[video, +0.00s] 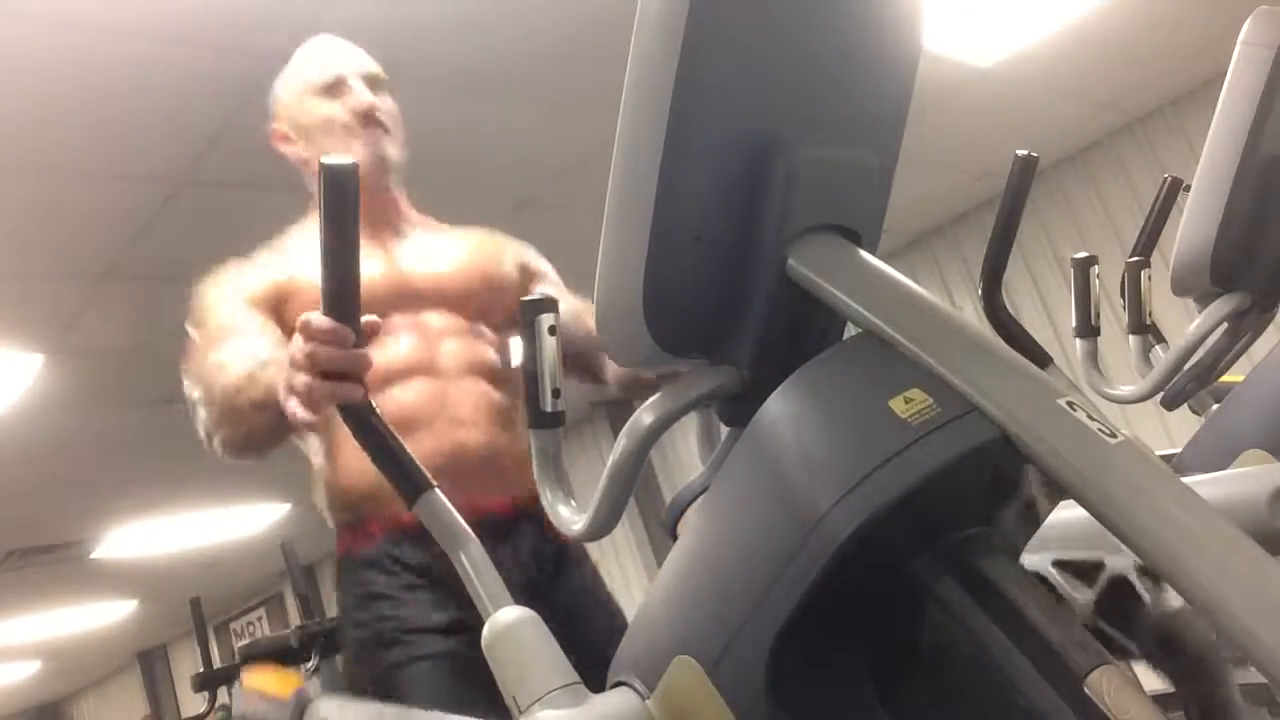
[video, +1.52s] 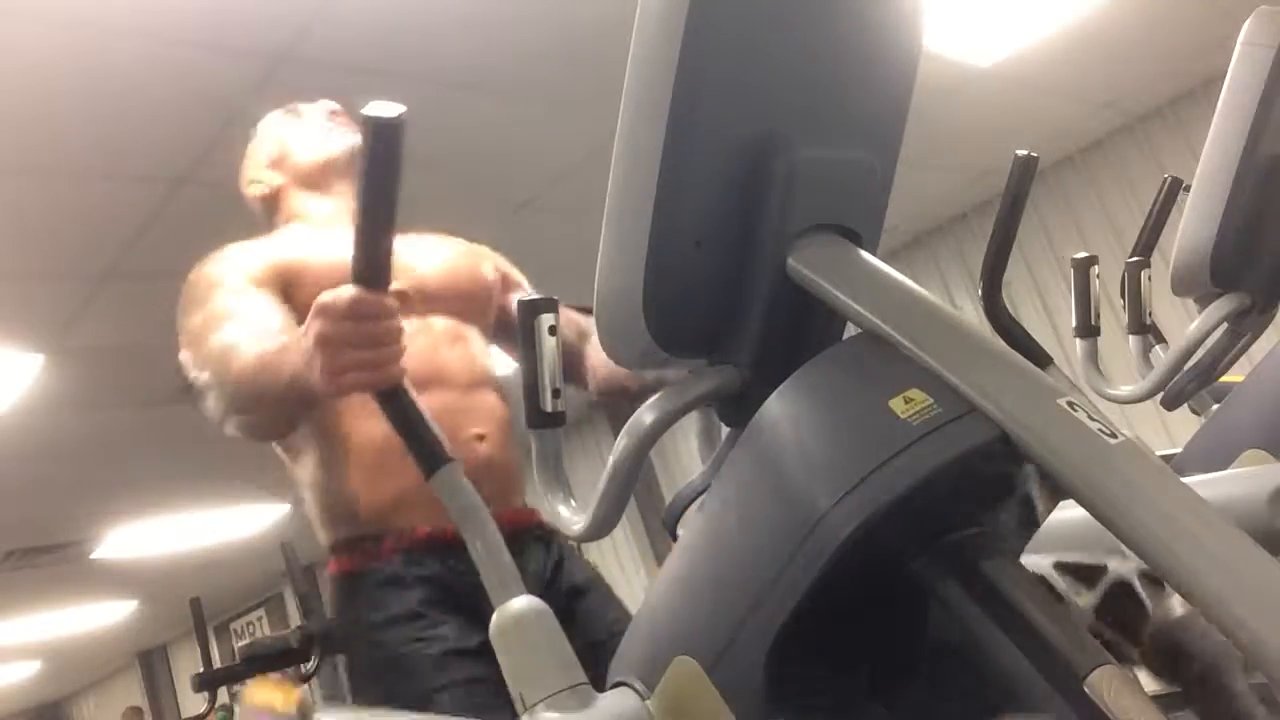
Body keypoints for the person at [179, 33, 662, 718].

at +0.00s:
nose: (365, 98)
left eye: (376, 84)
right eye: (332, 88)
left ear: (398, 115)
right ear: (287, 138)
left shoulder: (497, 254)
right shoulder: (253, 282)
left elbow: (609, 356)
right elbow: (228, 425)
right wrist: (287, 386)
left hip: (532, 544)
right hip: (397, 567)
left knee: (641, 701)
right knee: (447, 714)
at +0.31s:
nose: (308, 158)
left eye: (315, 152)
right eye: (269, 156)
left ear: (338, 193)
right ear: (230, 225)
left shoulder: (449, 320)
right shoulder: (200, 367)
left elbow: (594, 385)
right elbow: (185, 528)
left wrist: (720, 363)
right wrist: (289, 429)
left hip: (522, 637)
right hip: (375, 682)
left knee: (704, 688)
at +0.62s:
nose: (325, 128)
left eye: (334, 129)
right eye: (294, 131)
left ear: (359, 169)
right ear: (260, 196)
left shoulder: (462, 274)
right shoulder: (234, 288)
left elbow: (582, 365)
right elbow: (235, 396)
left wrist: (684, 364)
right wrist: (298, 353)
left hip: (527, 565)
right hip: (393, 600)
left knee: (645, 702)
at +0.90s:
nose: (310, 147)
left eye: (323, 145)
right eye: (284, 152)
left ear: (356, 177)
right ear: (255, 223)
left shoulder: (471, 289)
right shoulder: (238, 324)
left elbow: (592, 385)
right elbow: (227, 452)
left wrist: (708, 388)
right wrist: (301, 398)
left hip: (539, 590)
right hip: (403, 622)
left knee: (626, 711)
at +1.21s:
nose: (288, 170)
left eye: (298, 172)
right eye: (257, 175)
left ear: (324, 213)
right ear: (222, 251)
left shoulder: (445, 324)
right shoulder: (192, 374)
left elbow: (588, 382)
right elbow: (178, 552)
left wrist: (704, 362)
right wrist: (271, 457)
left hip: (518, 629)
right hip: (372, 674)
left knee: (691, 698)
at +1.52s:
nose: (336, 110)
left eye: (339, 110)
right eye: (301, 112)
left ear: (364, 145)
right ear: (259, 175)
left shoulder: (464, 256)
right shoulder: (235, 269)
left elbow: (588, 352)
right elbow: (237, 391)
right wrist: (307, 361)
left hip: (532, 553)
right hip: (397, 585)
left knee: (663, 698)